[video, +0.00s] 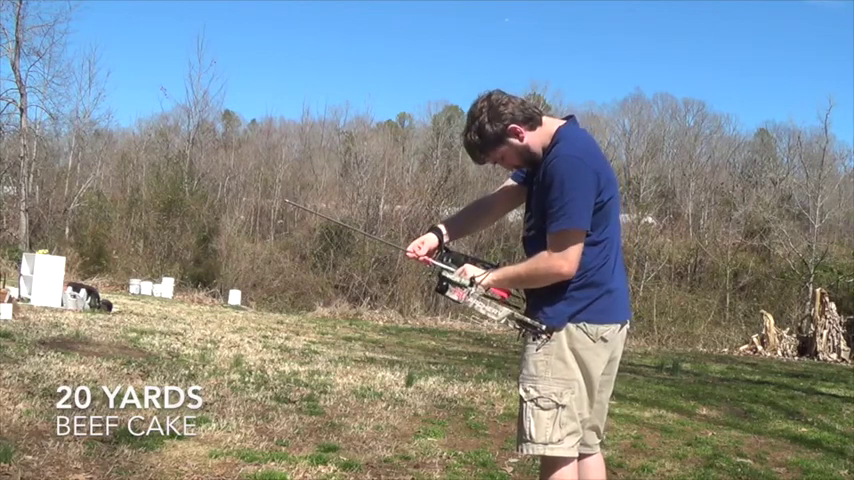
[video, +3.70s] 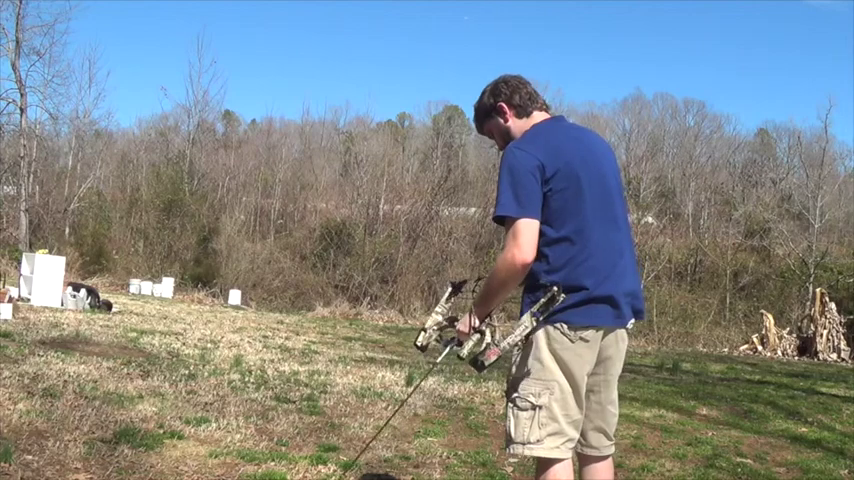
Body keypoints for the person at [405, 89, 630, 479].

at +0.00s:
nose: (503, 166)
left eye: (499, 158)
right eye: (496, 162)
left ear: (516, 132)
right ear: (518, 127)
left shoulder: (568, 160)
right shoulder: (558, 148)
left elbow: (562, 263)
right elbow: (498, 202)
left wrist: (491, 277)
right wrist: (440, 234)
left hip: (572, 319)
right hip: (592, 316)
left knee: (558, 449)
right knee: (586, 445)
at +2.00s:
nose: (496, 158)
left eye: (493, 148)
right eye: (489, 153)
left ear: (513, 123)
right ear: (516, 121)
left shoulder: (562, 157)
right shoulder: (549, 149)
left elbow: (562, 261)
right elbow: (492, 205)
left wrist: (488, 279)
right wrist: (433, 239)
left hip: (569, 319)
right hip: (590, 317)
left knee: (557, 450)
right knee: (585, 446)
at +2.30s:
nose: (495, 143)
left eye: (494, 131)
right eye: (489, 136)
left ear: (520, 110)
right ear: (524, 110)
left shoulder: (558, 156)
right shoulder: (568, 142)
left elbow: (545, 260)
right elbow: (514, 201)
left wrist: (473, 282)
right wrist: (469, 196)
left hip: (567, 320)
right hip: (600, 316)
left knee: (554, 451)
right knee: (587, 444)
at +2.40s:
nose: (494, 140)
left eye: (492, 127)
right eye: (489, 130)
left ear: (519, 108)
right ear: (525, 107)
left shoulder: (555, 153)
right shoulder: (580, 139)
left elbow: (536, 262)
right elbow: (566, 219)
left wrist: (466, 289)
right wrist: (508, 199)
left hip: (566, 317)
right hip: (604, 314)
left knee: (555, 450)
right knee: (587, 443)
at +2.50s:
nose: (494, 138)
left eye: (491, 125)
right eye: (487, 129)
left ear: (517, 106)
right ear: (524, 105)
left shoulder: (549, 153)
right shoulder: (583, 139)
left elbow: (529, 259)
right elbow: (585, 240)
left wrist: (460, 295)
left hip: (564, 320)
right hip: (605, 316)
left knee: (555, 451)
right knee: (588, 444)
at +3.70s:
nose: (499, 147)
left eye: (494, 136)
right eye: (492, 140)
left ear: (505, 111)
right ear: (541, 107)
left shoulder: (526, 151)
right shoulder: (596, 144)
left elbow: (520, 254)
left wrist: (477, 314)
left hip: (565, 311)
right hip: (618, 307)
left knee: (553, 450)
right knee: (598, 448)